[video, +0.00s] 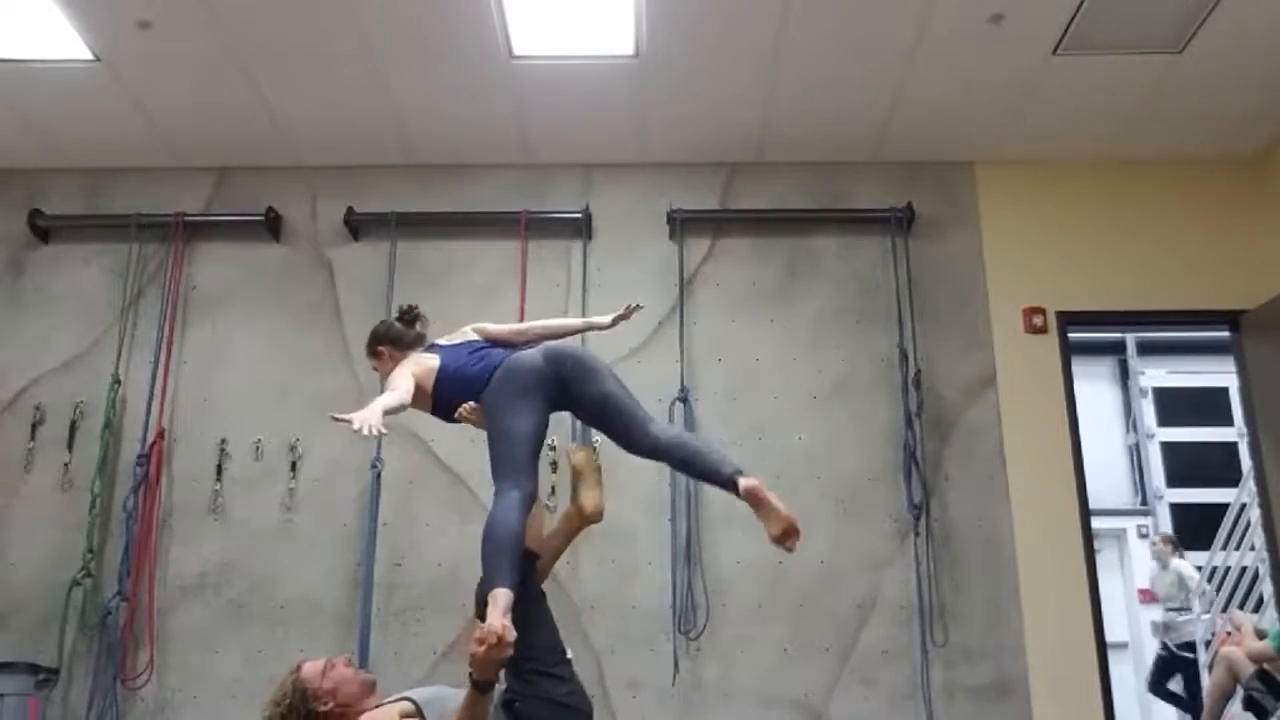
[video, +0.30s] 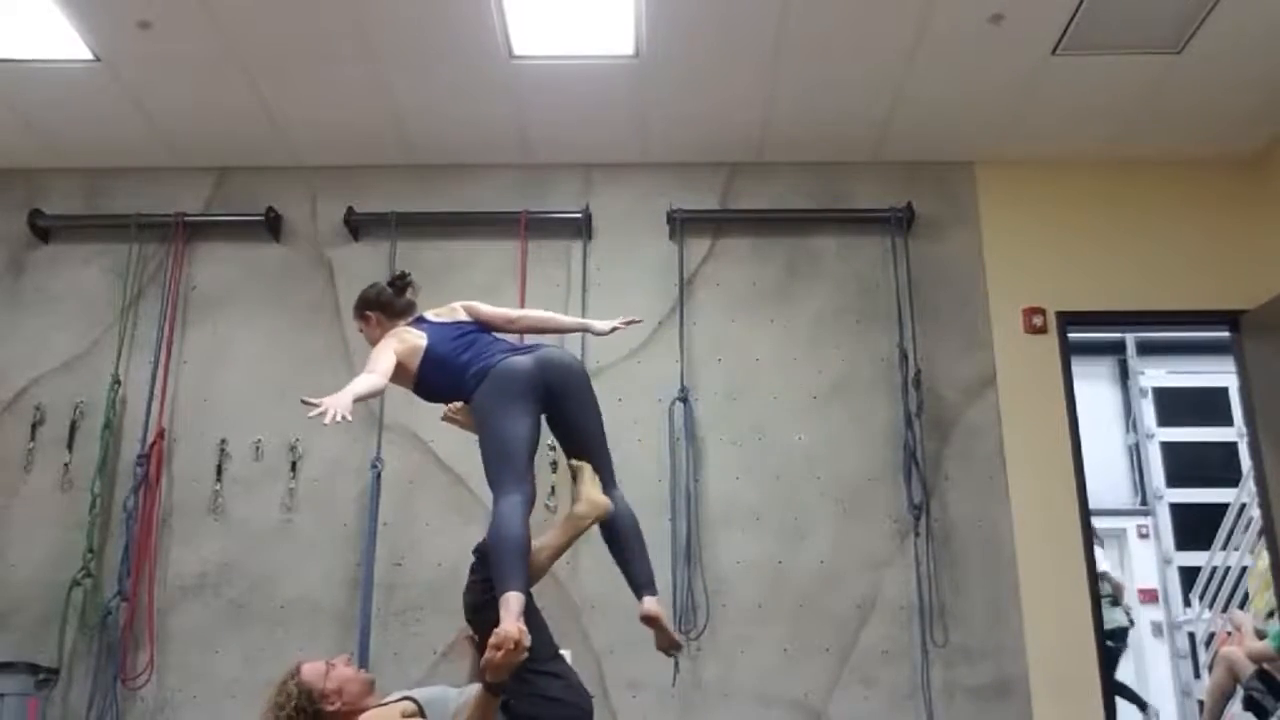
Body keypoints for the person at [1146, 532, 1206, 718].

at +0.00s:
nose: (1152, 549)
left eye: (1156, 544)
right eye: (1151, 545)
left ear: (1170, 548)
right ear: (1153, 550)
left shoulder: (1182, 568)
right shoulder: (1156, 575)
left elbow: (1204, 593)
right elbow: (1166, 604)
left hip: (1189, 637)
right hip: (1170, 637)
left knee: (1193, 692)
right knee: (1155, 686)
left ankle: (1199, 715)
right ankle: (1194, 710)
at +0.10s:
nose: (1122, 547)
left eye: (1127, 543)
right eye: (1121, 543)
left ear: (1140, 547)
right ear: (1121, 548)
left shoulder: (1148, 568)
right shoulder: (1125, 574)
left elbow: (1176, 598)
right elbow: (1136, 600)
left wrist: (1172, 615)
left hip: (1166, 640)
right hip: (1143, 639)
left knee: (1179, 692)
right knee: (1113, 674)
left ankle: (1192, 716)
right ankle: (1111, 716)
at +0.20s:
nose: (1095, 543)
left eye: (1100, 539)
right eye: (1096, 538)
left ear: (1112, 544)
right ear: (1106, 545)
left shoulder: (1120, 564)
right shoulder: (1103, 566)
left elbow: (1148, 593)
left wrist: (1145, 612)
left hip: (1137, 632)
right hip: (1116, 632)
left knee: (1156, 687)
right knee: (1105, 686)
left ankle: (1181, 716)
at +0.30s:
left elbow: (1119, 586)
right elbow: (1118, 587)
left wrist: (1118, 605)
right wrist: (1118, 604)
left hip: (1113, 625)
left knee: (1106, 678)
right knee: (1105, 679)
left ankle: (1145, 708)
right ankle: (1145, 708)